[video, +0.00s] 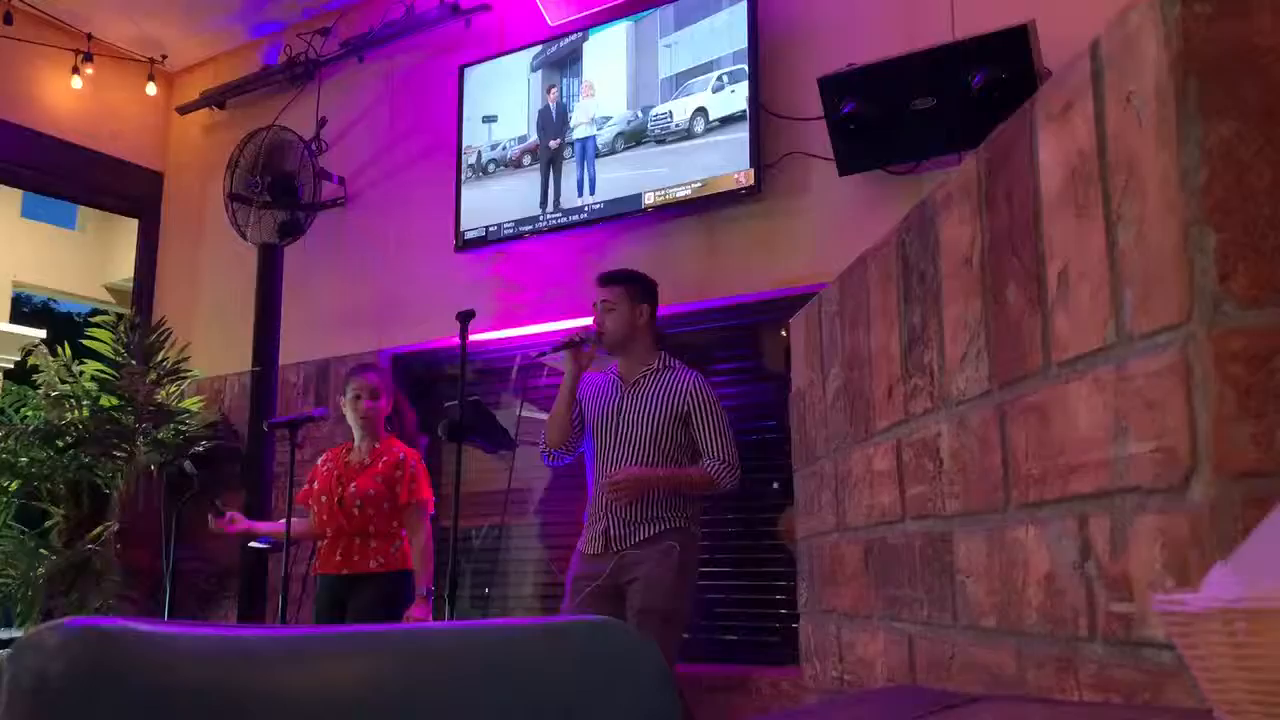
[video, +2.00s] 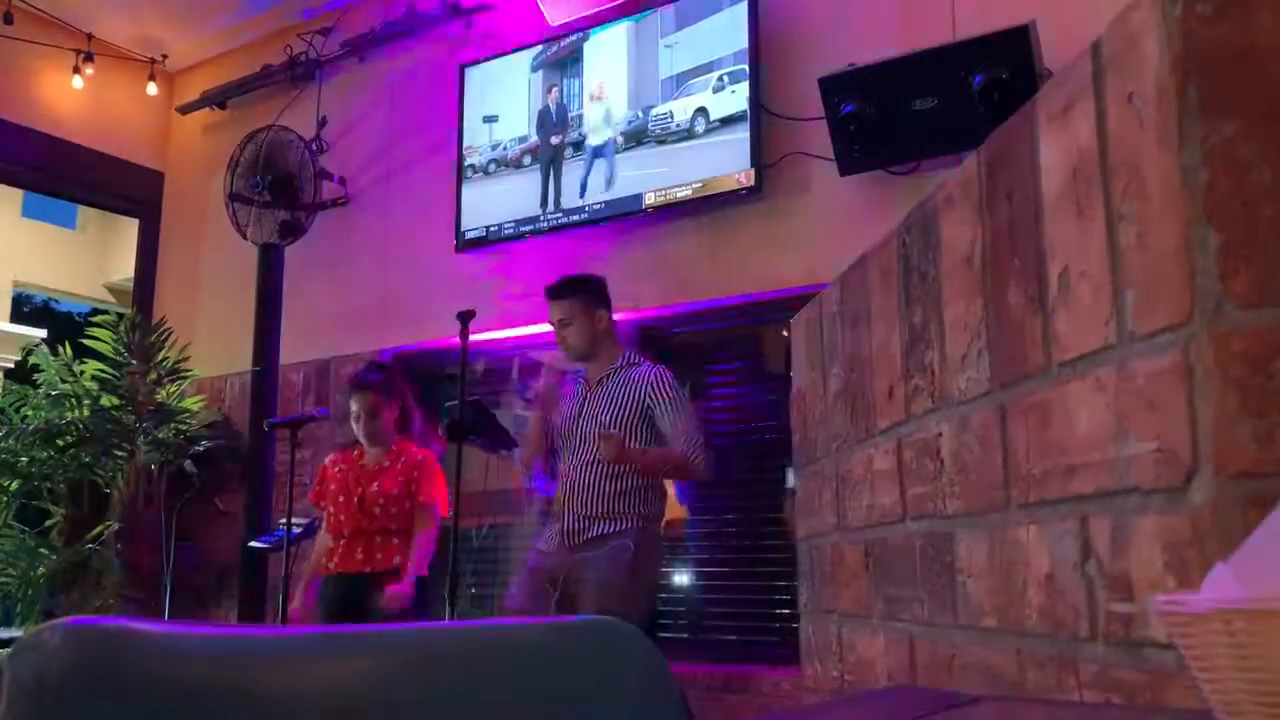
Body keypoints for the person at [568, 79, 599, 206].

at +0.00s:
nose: (583, 89)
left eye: (586, 87)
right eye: (582, 87)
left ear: (590, 89)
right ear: (581, 89)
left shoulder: (593, 102)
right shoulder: (577, 105)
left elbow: (591, 116)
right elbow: (572, 123)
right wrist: (583, 120)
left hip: (590, 135)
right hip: (578, 136)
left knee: (590, 166)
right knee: (579, 167)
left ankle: (591, 195)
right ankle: (579, 196)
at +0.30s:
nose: (583, 90)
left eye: (586, 88)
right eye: (582, 88)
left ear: (591, 90)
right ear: (581, 90)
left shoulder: (594, 103)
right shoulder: (578, 105)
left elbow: (592, 115)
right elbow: (572, 124)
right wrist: (577, 115)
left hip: (590, 134)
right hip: (578, 136)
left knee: (590, 167)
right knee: (579, 168)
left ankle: (591, 196)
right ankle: (580, 197)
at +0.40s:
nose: (584, 90)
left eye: (586, 88)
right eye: (583, 88)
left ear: (591, 90)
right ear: (581, 90)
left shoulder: (595, 103)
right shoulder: (578, 105)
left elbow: (599, 116)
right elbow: (576, 121)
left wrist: (591, 125)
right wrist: (574, 126)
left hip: (590, 135)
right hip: (578, 136)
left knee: (591, 166)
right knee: (579, 168)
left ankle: (592, 195)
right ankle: (580, 197)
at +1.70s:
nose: (585, 90)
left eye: (588, 87)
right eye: (585, 87)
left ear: (593, 89)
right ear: (584, 89)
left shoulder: (598, 102)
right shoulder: (581, 104)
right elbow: (577, 123)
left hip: (595, 133)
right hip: (583, 134)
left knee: (593, 165)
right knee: (582, 166)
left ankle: (592, 195)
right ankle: (581, 196)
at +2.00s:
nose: (600, 90)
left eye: (602, 88)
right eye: (598, 88)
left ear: (604, 90)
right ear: (593, 90)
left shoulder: (607, 104)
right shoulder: (589, 106)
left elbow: (613, 121)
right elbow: (585, 128)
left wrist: (617, 135)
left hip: (607, 139)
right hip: (592, 140)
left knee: (610, 170)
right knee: (585, 171)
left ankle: (607, 192)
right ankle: (581, 197)